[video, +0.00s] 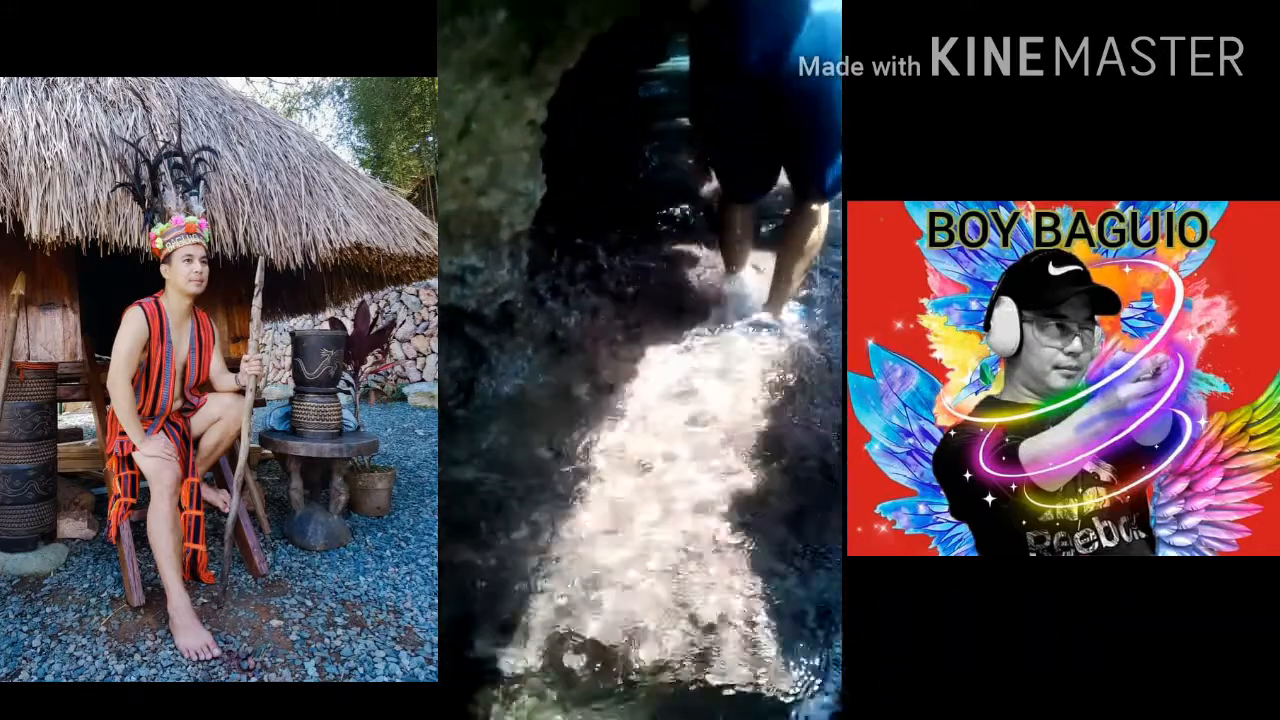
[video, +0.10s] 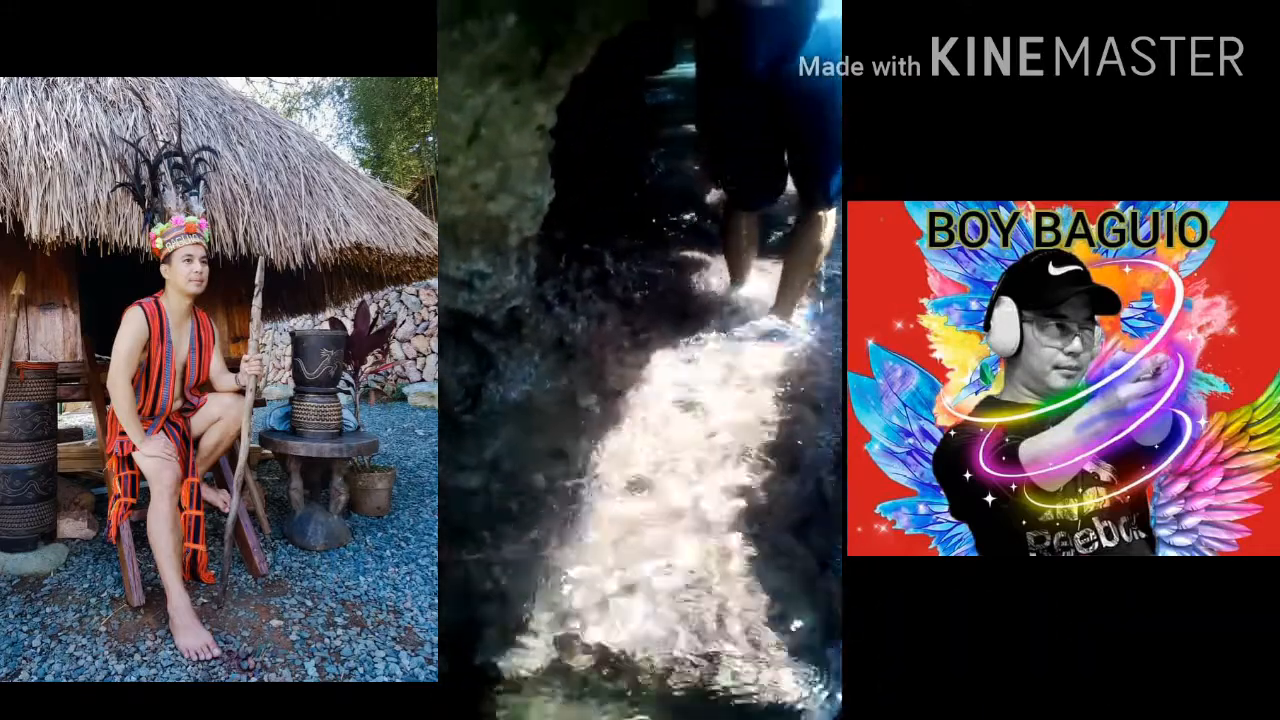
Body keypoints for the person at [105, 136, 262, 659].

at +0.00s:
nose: (198, 268)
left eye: (203, 260)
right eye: (187, 260)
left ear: (208, 267)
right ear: (165, 267)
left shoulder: (206, 324)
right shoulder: (142, 316)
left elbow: (220, 381)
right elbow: (117, 380)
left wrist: (243, 381)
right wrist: (138, 440)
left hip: (180, 419)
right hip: (140, 424)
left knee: (236, 407)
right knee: (169, 476)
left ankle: (191, 478)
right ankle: (179, 605)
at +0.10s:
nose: (198, 269)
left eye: (203, 260)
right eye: (187, 261)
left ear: (207, 266)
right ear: (164, 267)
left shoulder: (206, 323)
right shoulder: (142, 316)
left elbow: (220, 381)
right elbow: (117, 380)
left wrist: (243, 380)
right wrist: (138, 440)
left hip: (180, 419)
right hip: (140, 424)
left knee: (237, 407)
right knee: (169, 476)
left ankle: (191, 479)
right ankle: (179, 606)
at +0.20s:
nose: (198, 269)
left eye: (203, 260)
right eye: (187, 261)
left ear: (207, 266)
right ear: (164, 267)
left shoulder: (206, 323)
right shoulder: (142, 316)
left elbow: (220, 381)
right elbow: (117, 380)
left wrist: (243, 380)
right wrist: (138, 440)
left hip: (180, 419)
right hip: (140, 424)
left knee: (237, 407)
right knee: (169, 476)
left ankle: (191, 479)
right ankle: (179, 606)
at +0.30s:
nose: (198, 269)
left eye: (203, 260)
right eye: (187, 261)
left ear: (207, 266)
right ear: (164, 267)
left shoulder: (206, 323)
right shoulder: (142, 316)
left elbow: (220, 381)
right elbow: (117, 380)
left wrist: (243, 380)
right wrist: (138, 440)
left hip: (180, 419)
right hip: (140, 424)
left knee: (237, 407)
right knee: (169, 476)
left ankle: (191, 479)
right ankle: (179, 606)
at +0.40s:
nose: (198, 269)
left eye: (203, 260)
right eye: (187, 261)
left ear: (207, 266)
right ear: (164, 267)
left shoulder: (206, 323)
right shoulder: (142, 316)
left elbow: (220, 381)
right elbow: (117, 380)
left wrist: (243, 380)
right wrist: (138, 440)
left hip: (180, 419)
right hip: (140, 424)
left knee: (237, 407)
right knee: (169, 476)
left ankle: (191, 479)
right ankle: (179, 606)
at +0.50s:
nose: (198, 268)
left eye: (203, 260)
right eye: (187, 260)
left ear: (208, 267)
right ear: (165, 267)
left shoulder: (206, 324)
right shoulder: (142, 316)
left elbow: (220, 381)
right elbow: (117, 380)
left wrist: (243, 381)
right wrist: (138, 440)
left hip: (180, 419)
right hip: (140, 424)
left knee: (236, 408)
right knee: (169, 476)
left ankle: (191, 478)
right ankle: (179, 605)